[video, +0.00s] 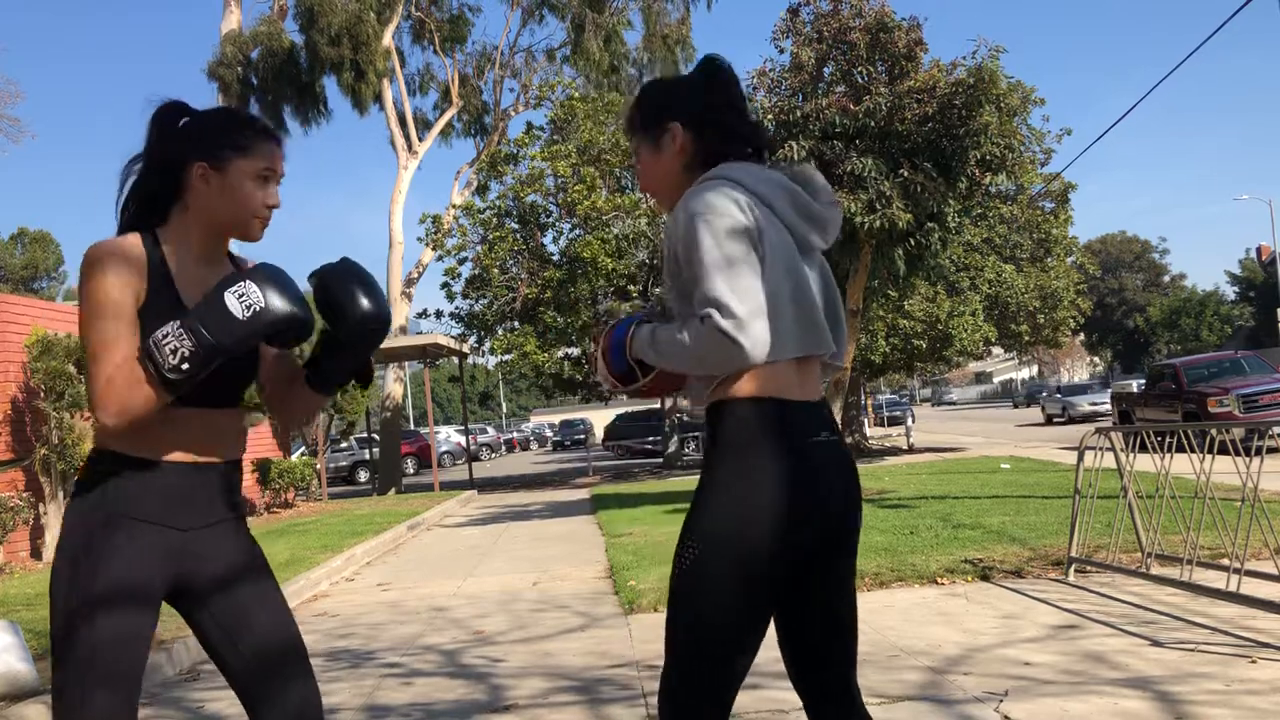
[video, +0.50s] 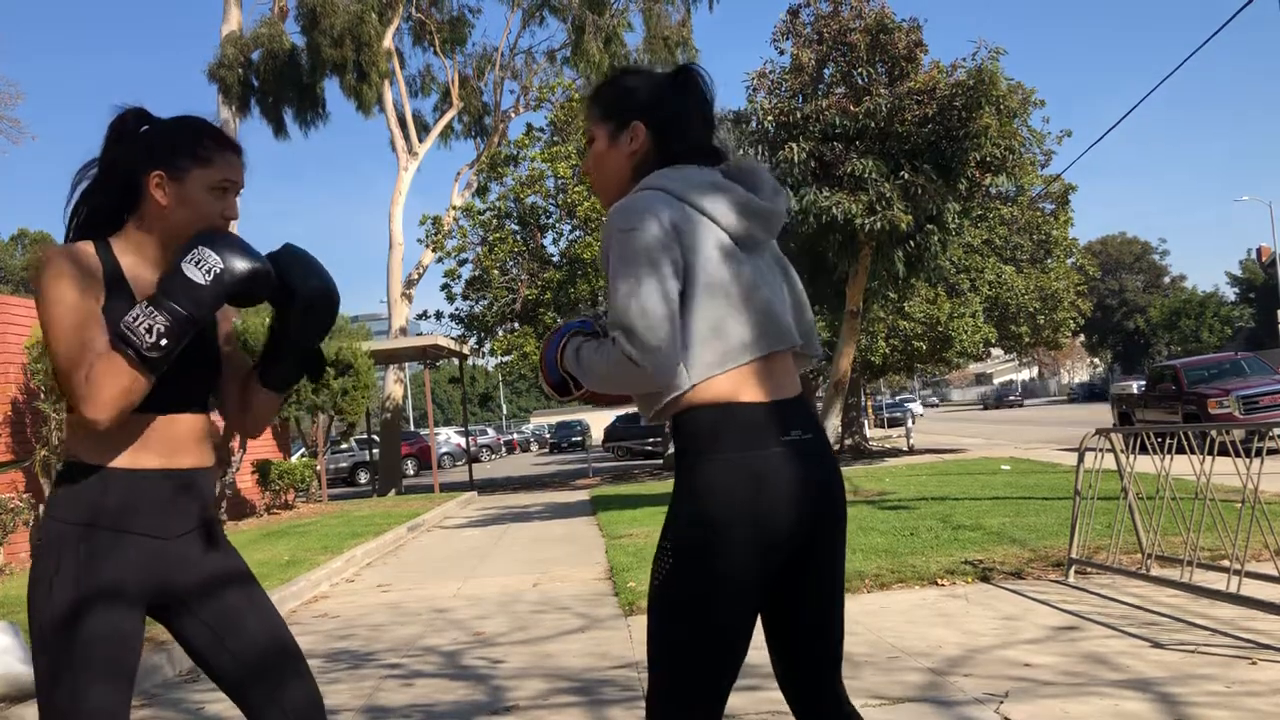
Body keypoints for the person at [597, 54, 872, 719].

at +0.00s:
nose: (638, 176)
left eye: (639, 155)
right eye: (634, 159)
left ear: (677, 139)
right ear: (690, 134)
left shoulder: (710, 205)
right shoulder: (779, 203)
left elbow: (735, 336)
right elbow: (821, 348)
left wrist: (636, 339)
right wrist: (687, 374)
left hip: (751, 467)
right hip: (821, 461)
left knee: (691, 700)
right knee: (833, 693)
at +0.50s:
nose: (584, 163)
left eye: (591, 142)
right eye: (586, 145)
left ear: (633, 138)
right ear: (660, 139)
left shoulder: (639, 212)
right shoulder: (740, 207)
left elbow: (647, 360)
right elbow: (797, 342)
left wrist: (571, 351)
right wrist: (635, 384)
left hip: (726, 479)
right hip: (809, 466)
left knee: (680, 704)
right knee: (819, 691)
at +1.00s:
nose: (658, 163)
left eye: (667, 141)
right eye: (659, 144)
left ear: (715, 138)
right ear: (718, 139)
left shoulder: (744, 206)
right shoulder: (796, 202)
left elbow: (766, 357)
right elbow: (787, 357)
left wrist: (662, 321)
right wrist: (682, 350)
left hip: (779, 476)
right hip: (845, 469)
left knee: (697, 704)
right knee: (859, 699)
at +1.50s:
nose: (639, 164)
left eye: (645, 144)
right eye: (639, 147)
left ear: (690, 137)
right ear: (693, 135)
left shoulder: (724, 206)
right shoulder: (783, 206)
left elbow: (621, 325)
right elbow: (740, 345)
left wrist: (594, 213)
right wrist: (629, 346)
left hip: (757, 478)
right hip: (826, 471)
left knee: (686, 705)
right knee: (838, 701)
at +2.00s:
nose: (677, 175)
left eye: (682, 153)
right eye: (673, 154)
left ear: (716, 144)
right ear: (758, 143)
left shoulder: (749, 200)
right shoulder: (808, 205)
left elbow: (617, 240)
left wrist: (661, 140)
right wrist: (659, 134)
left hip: (767, 482)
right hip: (833, 477)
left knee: (681, 706)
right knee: (836, 701)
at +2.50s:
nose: (651, 195)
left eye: (649, 171)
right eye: (644, 176)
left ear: (689, 149)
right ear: (697, 147)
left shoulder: (740, 204)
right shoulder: (801, 209)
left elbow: (721, 353)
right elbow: (732, 374)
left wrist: (634, 294)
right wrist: (666, 313)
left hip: (763, 474)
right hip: (832, 470)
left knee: (689, 703)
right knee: (840, 698)